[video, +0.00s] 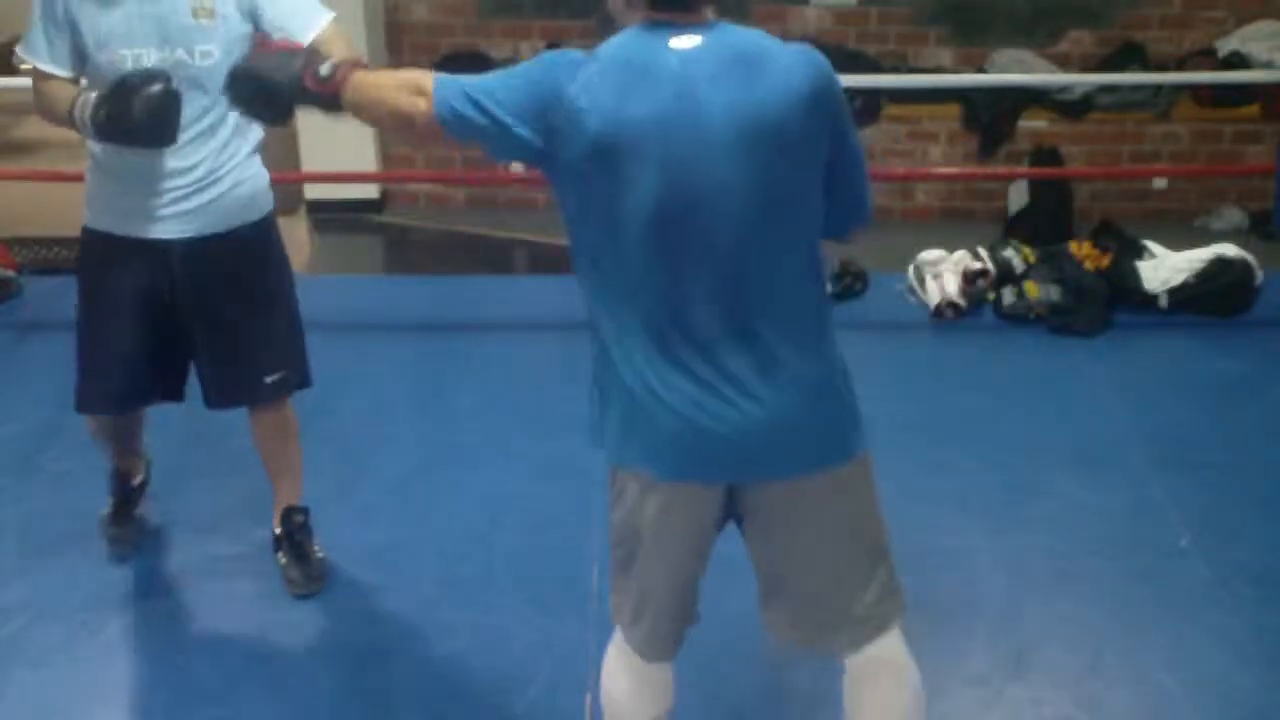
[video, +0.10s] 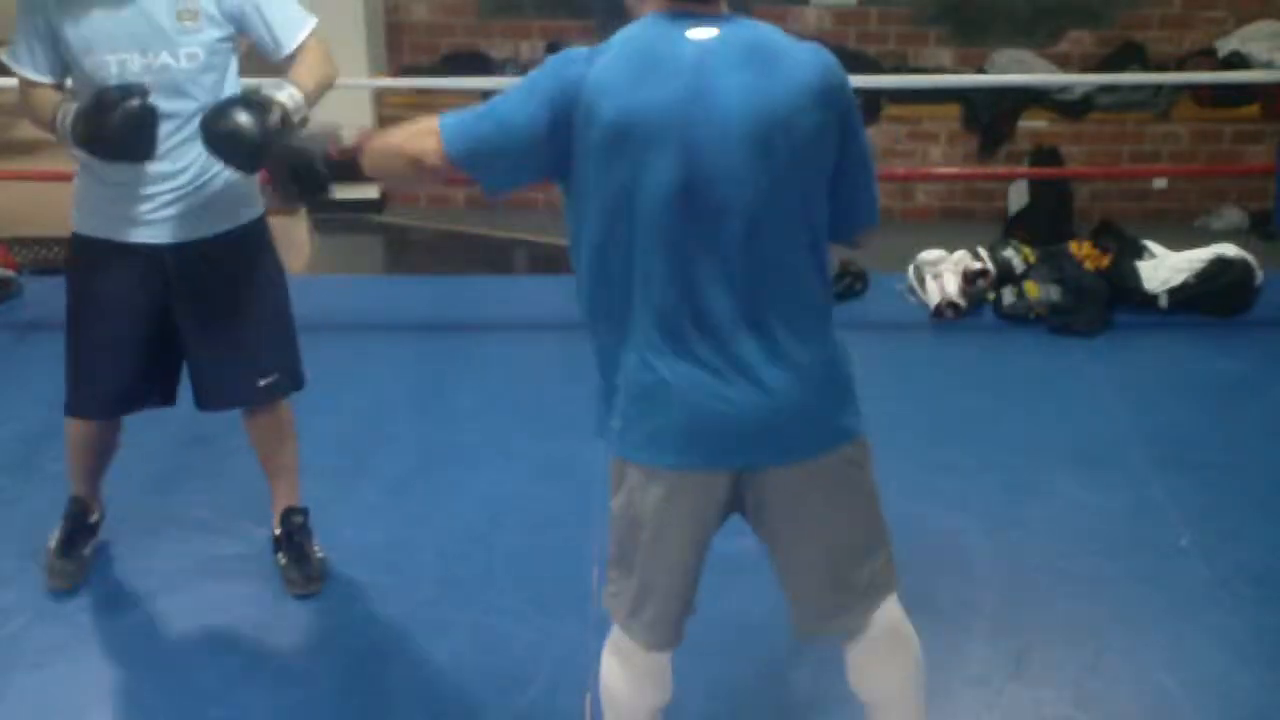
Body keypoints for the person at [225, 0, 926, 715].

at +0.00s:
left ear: (628, 0)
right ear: (722, 0)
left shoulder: (575, 84)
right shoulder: (801, 75)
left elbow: (427, 104)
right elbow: (844, 220)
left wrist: (321, 81)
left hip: (662, 432)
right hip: (805, 422)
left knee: (644, 649)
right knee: (871, 642)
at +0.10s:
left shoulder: (587, 77)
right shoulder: (812, 73)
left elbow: (444, 146)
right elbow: (850, 221)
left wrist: (364, 152)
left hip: (666, 418)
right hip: (805, 408)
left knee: (640, 634)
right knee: (870, 612)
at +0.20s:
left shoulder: (610, 72)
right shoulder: (829, 69)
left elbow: (489, 206)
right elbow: (867, 221)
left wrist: (421, 266)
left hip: (677, 409)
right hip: (813, 395)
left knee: (644, 627)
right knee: (873, 586)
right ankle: (910, 712)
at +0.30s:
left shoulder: (641, 71)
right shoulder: (855, 70)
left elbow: (589, 245)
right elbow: (888, 219)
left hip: (693, 406)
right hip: (824, 389)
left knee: (653, 616)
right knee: (871, 549)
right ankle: (914, 700)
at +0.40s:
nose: (699, 5)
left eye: (702, 2)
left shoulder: (687, 74)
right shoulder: (886, 65)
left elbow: (676, 253)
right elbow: (920, 206)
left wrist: (667, 398)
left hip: (735, 392)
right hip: (852, 378)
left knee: (675, 593)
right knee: (869, 516)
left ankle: (649, 713)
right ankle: (911, 670)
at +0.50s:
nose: (740, 8)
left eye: (744, 1)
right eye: (743, 3)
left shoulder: (756, 84)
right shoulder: (918, 68)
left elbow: (753, 251)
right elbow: (940, 202)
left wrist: (722, 405)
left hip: (781, 391)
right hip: (888, 375)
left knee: (706, 584)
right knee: (861, 498)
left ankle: (672, 709)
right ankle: (912, 665)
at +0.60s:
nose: (772, 5)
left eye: (776, 1)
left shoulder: (830, 76)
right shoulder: (937, 50)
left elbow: (828, 245)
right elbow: (936, 192)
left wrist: (761, 372)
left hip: (844, 375)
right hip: (924, 361)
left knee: (755, 555)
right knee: (874, 495)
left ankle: (730, 708)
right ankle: (912, 662)